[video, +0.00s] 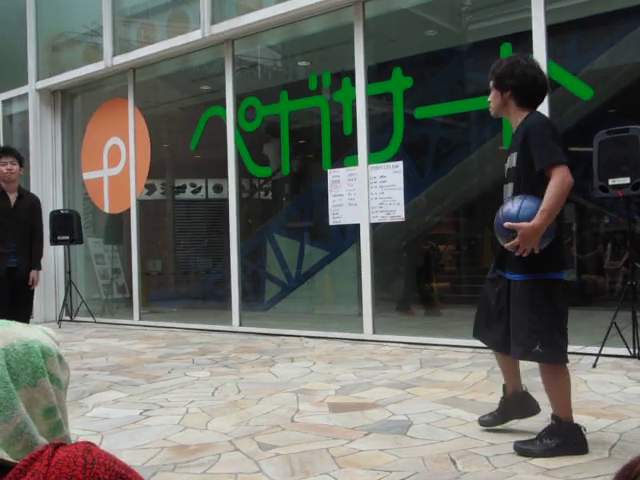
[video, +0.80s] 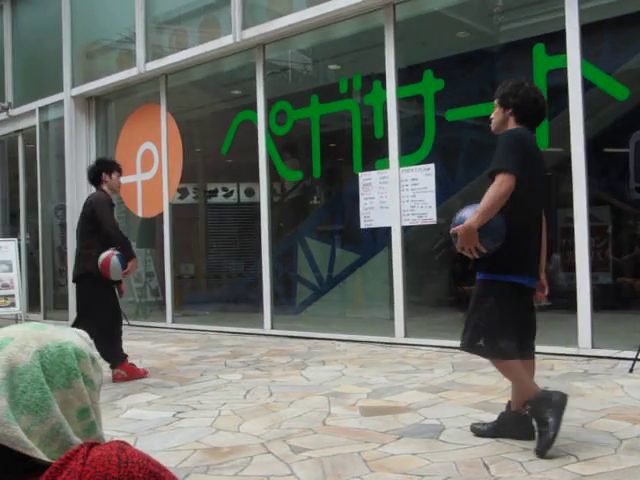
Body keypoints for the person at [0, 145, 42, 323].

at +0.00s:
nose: (9, 168)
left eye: (13, 164)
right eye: (4, 164)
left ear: (21, 169)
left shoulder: (31, 201)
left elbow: (37, 237)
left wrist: (35, 267)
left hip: (22, 270)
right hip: (2, 271)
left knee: (20, 322)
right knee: (3, 321)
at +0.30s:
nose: (44, 171)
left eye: (46, 166)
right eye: (39, 167)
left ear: (49, 169)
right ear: (25, 172)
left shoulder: (51, 202)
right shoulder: (13, 201)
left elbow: (61, 235)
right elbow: (4, 234)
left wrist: (70, 260)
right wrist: (3, 260)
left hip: (45, 272)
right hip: (19, 272)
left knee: (54, 320)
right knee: (21, 321)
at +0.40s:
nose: (59, 172)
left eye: (60, 168)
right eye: (54, 168)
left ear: (61, 171)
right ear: (39, 172)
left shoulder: (59, 203)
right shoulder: (30, 200)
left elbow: (66, 237)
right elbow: (19, 230)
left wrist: (77, 262)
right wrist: (24, 258)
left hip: (53, 273)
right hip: (31, 274)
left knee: (69, 320)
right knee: (30, 324)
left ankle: (65, 367)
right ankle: (31, 369)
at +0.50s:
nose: (74, 174)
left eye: (74, 169)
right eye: (69, 169)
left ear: (72, 172)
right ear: (54, 173)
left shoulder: (66, 200)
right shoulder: (48, 198)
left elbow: (73, 237)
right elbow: (46, 233)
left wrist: (81, 266)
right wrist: (57, 260)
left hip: (57, 267)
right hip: (49, 268)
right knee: (74, 313)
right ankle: (89, 357)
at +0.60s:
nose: (89, 177)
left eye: (89, 173)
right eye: (85, 172)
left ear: (77, 177)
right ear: (70, 175)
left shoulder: (75, 201)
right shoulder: (66, 200)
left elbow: (78, 238)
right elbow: (71, 234)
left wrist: (85, 276)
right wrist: (84, 261)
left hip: (65, 270)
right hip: (63, 270)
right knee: (86, 316)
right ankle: (103, 361)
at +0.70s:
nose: (107, 179)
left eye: (107, 175)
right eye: (103, 174)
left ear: (92, 177)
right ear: (89, 176)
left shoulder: (89, 201)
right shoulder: (85, 201)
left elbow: (95, 239)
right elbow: (93, 233)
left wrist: (102, 277)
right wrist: (108, 257)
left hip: (75, 273)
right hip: (81, 274)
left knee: (63, 323)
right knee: (97, 320)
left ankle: (49, 365)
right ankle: (112, 364)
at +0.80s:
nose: (120, 181)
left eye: (120, 177)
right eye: (118, 176)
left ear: (104, 179)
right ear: (105, 178)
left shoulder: (97, 201)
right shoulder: (100, 201)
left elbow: (102, 242)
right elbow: (111, 230)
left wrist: (117, 275)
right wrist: (130, 254)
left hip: (90, 272)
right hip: (95, 273)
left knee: (87, 320)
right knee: (110, 318)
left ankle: (64, 360)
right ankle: (120, 364)